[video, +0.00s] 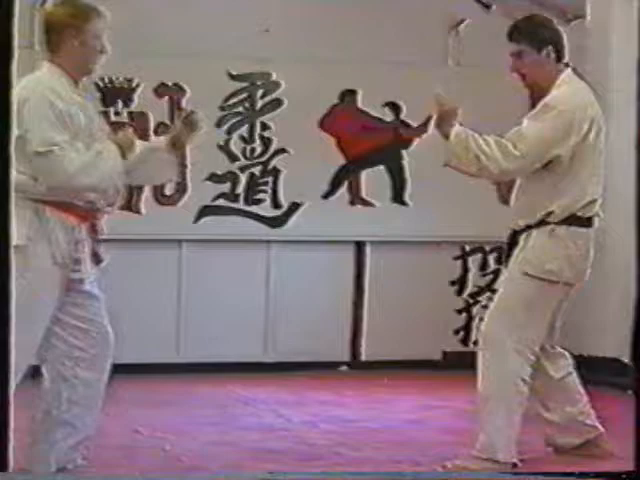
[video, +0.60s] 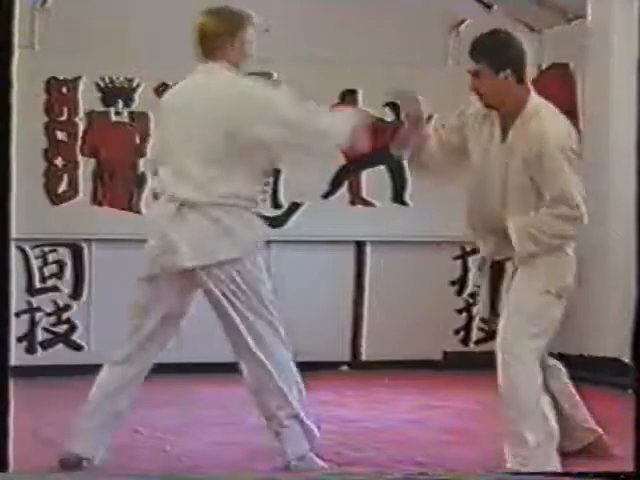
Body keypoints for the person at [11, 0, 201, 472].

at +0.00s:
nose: (103, 48)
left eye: (104, 39)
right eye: (96, 38)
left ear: (76, 41)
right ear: (68, 39)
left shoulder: (80, 100)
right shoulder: (38, 91)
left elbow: (109, 170)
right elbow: (53, 169)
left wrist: (171, 147)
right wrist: (114, 153)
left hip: (70, 235)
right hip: (32, 233)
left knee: (87, 346)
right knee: (16, 354)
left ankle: (56, 462)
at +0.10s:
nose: (113, 50)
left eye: (113, 41)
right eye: (107, 40)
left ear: (86, 42)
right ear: (79, 41)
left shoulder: (89, 100)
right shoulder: (45, 93)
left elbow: (116, 170)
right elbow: (56, 170)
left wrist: (177, 150)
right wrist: (116, 159)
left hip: (80, 236)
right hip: (41, 235)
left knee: (94, 343)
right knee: (39, 350)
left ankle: (65, 457)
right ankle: (33, 464)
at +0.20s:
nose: (134, 56)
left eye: (134, 47)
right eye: (127, 47)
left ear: (109, 46)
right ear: (100, 45)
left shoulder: (106, 102)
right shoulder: (68, 98)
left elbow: (134, 166)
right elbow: (57, 173)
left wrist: (198, 153)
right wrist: (120, 184)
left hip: (91, 235)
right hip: (63, 238)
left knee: (96, 343)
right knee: (99, 340)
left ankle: (62, 453)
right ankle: (19, 421)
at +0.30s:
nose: (165, 63)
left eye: (166, 53)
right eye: (158, 53)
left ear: (137, 52)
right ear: (131, 50)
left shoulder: (133, 105)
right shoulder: (107, 98)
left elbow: (167, 165)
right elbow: (76, 172)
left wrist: (235, 149)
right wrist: (136, 200)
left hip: (86, 242)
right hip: (111, 239)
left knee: (93, 360)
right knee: (185, 326)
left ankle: (54, 458)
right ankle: (160, 439)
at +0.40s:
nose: (189, 60)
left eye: (190, 50)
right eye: (182, 50)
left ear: (157, 51)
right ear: (156, 49)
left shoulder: (152, 97)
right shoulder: (138, 96)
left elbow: (189, 158)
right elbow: (103, 175)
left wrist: (257, 147)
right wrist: (168, 195)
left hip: (110, 241)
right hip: (143, 240)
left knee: (97, 358)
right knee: (209, 335)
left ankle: (54, 458)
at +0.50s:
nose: (225, 59)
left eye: (225, 50)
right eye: (220, 50)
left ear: (181, 51)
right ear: (199, 49)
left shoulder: (153, 95)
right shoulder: (201, 95)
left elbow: (196, 158)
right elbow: (223, 160)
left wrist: (261, 144)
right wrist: (276, 148)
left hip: (154, 233)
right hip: (202, 234)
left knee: (120, 347)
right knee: (247, 343)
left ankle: (67, 449)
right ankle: (297, 450)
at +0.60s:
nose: (252, 46)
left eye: (251, 37)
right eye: (249, 38)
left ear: (203, 44)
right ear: (235, 43)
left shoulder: (173, 98)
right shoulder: (246, 96)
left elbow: (152, 165)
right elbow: (314, 126)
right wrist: (361, 123)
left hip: (170, 234)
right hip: (226, 236)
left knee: (138, 346)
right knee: (263, 345)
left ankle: (83, 446)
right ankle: (298, 452)